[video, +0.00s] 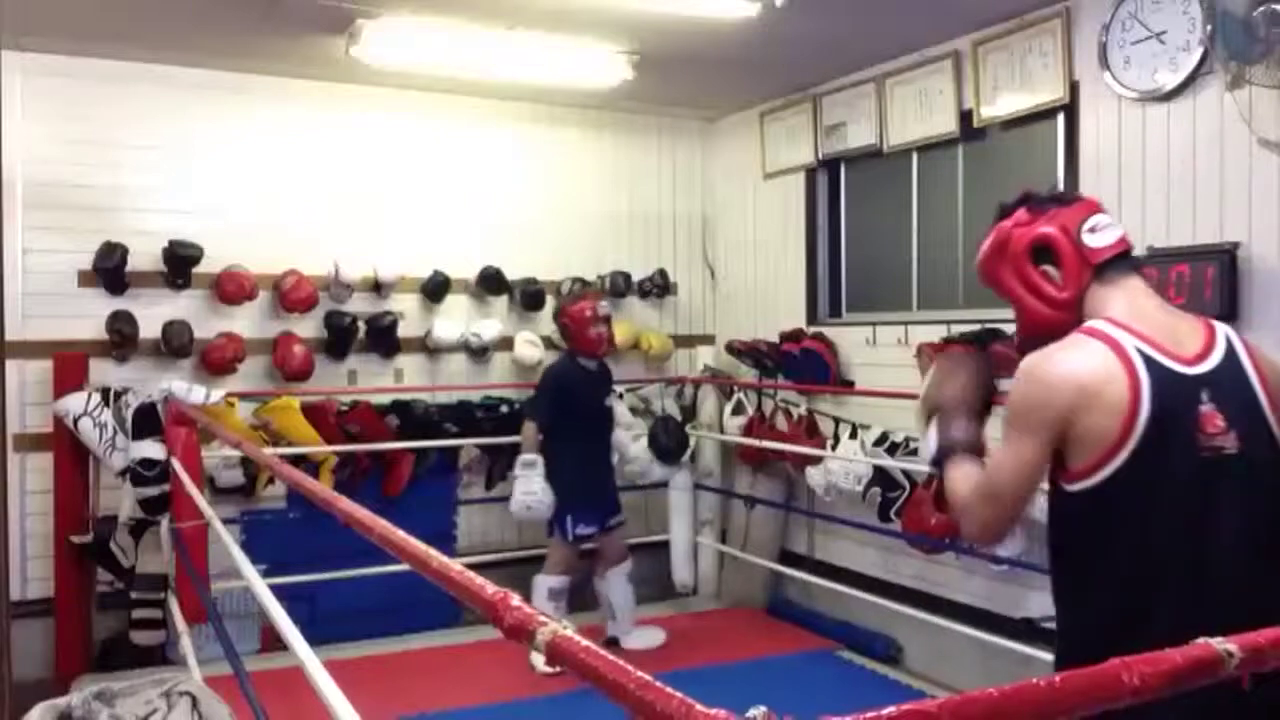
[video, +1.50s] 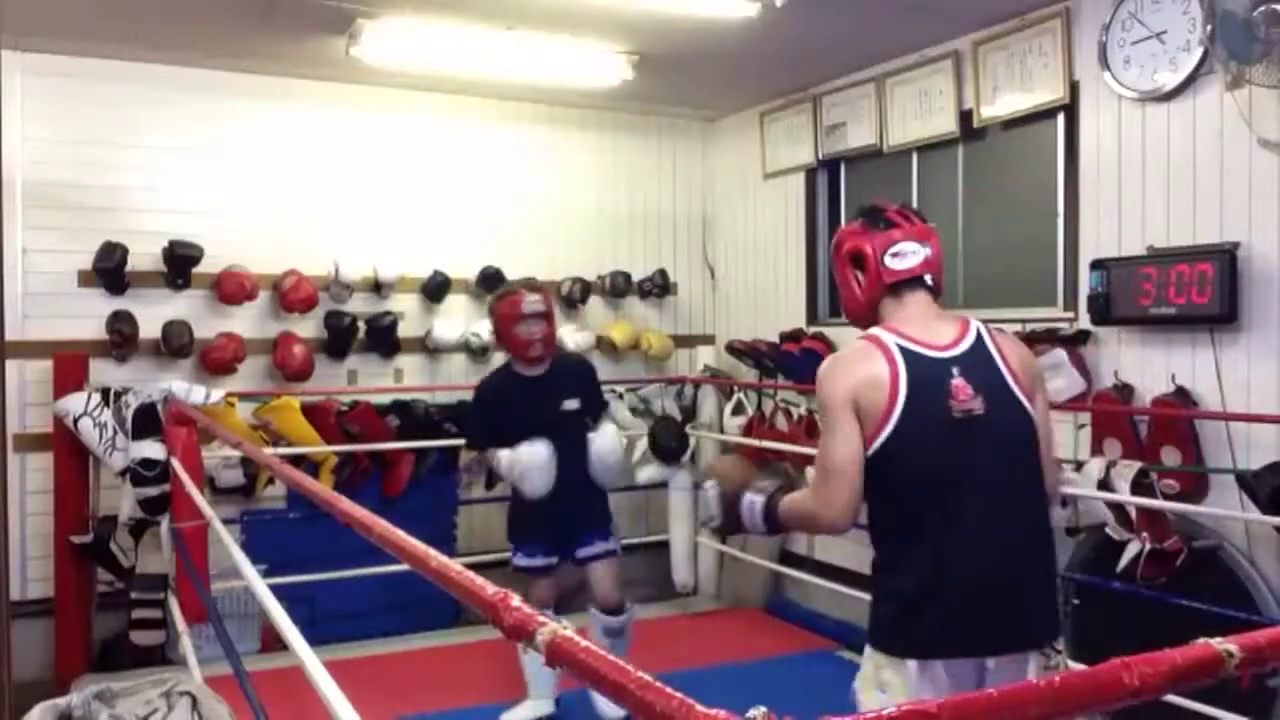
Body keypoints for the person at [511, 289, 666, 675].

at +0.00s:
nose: (603, 331)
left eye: (605, 323)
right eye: (595, 324)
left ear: (605, 326)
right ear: (572, 329)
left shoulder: (601, 371)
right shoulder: (558, 374)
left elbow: (604, 422)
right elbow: (531, 425)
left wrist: (634, 447)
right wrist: (530, 475)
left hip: (600, 478)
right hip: (568, 482)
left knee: (615, 552)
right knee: (560, 560)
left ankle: (622, 629)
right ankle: (543, 643)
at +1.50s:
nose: (536, 331)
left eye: (542, 321)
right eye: (524, 323)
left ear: (554, 325)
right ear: (504, 333)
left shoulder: (578, 371)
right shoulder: (493, 390)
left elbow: (601, 420)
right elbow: (481, 450)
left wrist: (608, 445)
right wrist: (508, 462)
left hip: (587, 504)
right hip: (533, 511)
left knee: (610, 598)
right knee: (540, 603)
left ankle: (608, 686)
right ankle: (541, 696)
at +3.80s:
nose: (444, 330)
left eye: (452, 319)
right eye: (432, 316)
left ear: (460, 326)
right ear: (399, 320)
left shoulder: (455, 382)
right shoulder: (360, 386)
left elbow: (466, 460)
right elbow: (346, 467)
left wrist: (497, 442)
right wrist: (407, 442)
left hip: (449, 548)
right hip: (379, 553)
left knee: (483, 661)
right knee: (350, 666)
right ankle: (319, 715)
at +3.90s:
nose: (447, 343)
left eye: (455, 332)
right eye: (435, 330)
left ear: (463, 339)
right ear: (403, 333)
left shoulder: (462, 392)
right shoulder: (367, 395)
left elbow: (488, 463)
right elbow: (352, 476)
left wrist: (516, 432)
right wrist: (412, 442)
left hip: (459, 561)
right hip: (388, 567)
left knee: (501, 677)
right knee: (346, 680)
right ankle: (314, 714)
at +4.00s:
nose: (443, 342)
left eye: (452, 332)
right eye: (432, 330)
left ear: (461, 339)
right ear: (399, 329)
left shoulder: (460, 394)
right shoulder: (366, 390)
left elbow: (488, 469)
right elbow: (357, 470)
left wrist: (507, 419)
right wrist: (413, 426)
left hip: (455, 560)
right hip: (384, 562)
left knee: (495, 671)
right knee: (346, 674)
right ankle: (311, 714)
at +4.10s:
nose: (437, 326)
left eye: (444, 315)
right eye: (425, 313)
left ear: (451, 317)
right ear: (392, 312)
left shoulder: (444, 371)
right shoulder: (356, 369)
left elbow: (458, 442)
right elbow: (347, 444)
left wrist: (486, 401)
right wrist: (407, 394)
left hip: (437, 537)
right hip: (368, 539)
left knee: (468, 647)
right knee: (335, 654)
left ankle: (489, 714)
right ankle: (304, 712)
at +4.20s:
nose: (422, 333)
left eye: (430, 322)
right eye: (411, 320)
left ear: (438, 324)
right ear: (377, 319)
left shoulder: (433, 373)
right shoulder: (343, 371)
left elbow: (448, 453)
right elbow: (343, 446)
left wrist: (472, 401)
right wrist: (395, 391)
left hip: (427, 540)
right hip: (355, 543)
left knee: (463, 660)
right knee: (323, 663)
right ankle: (302, 712)